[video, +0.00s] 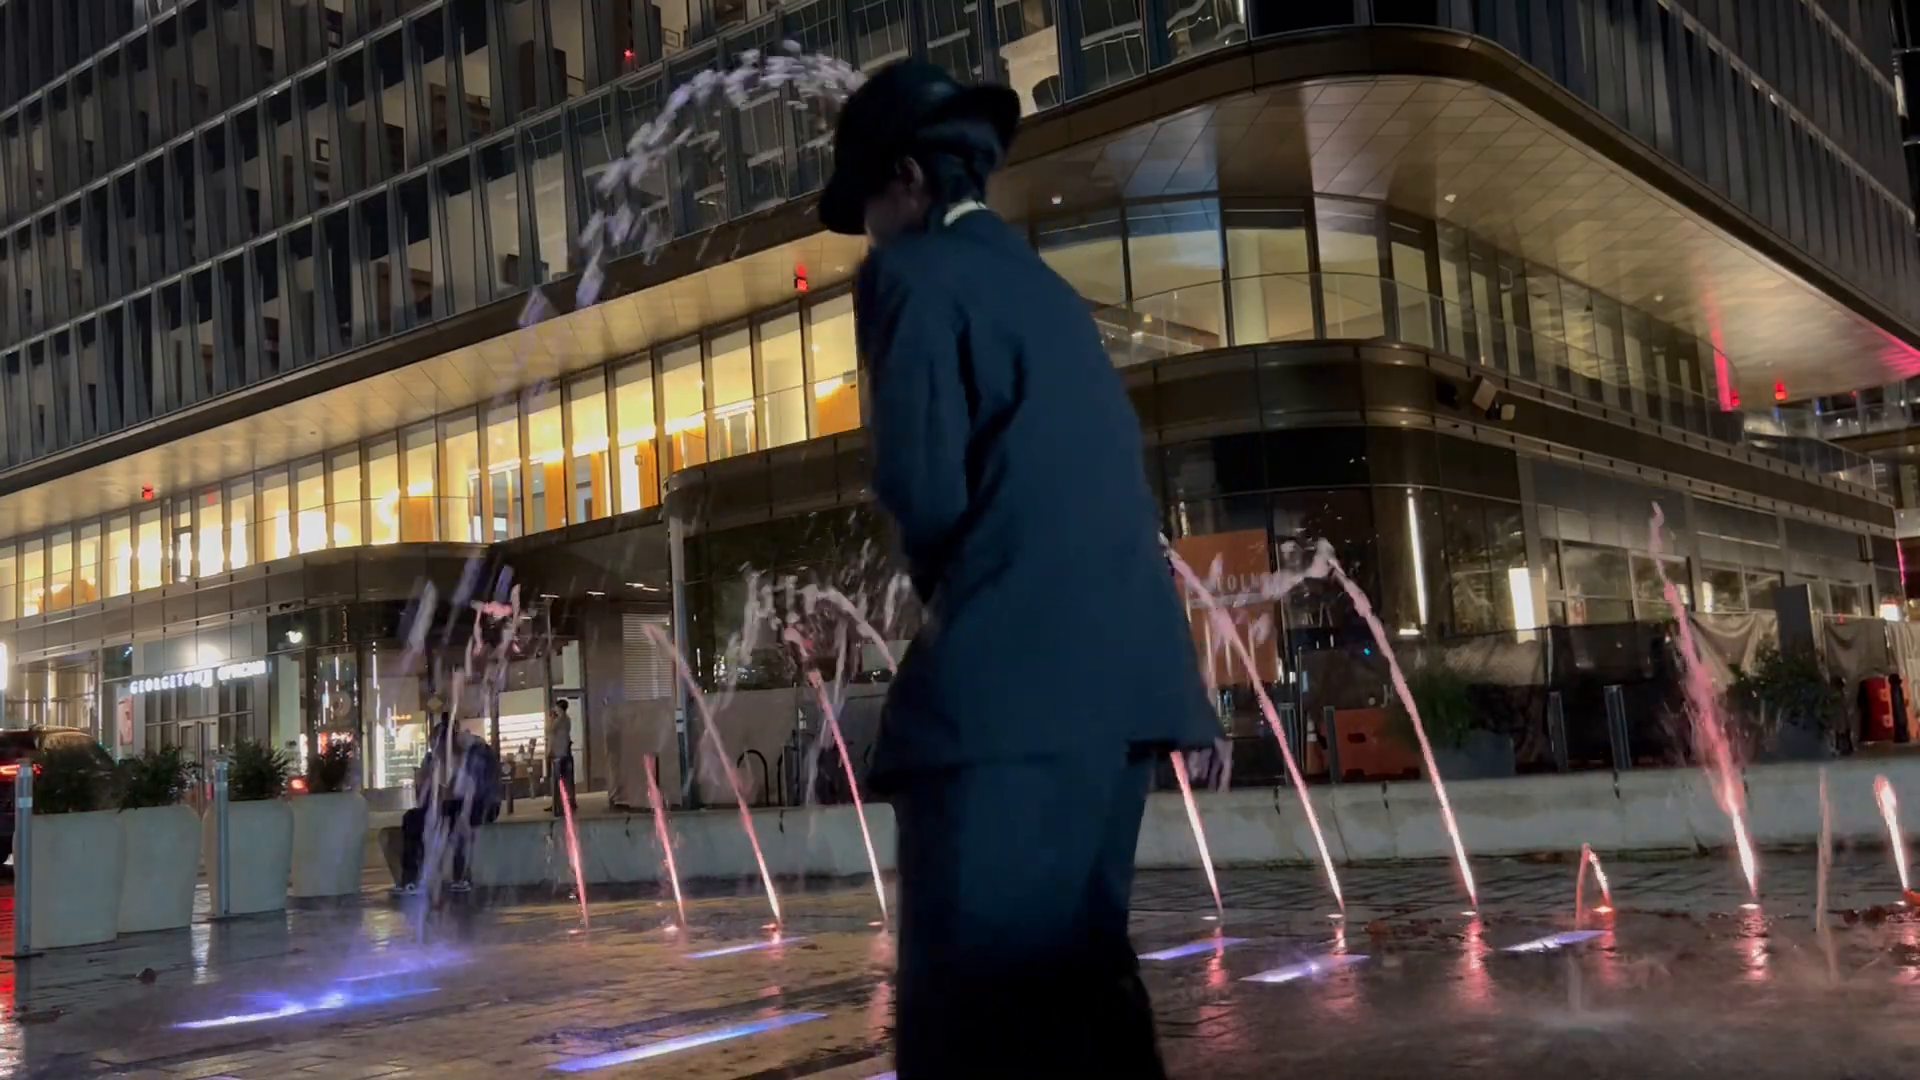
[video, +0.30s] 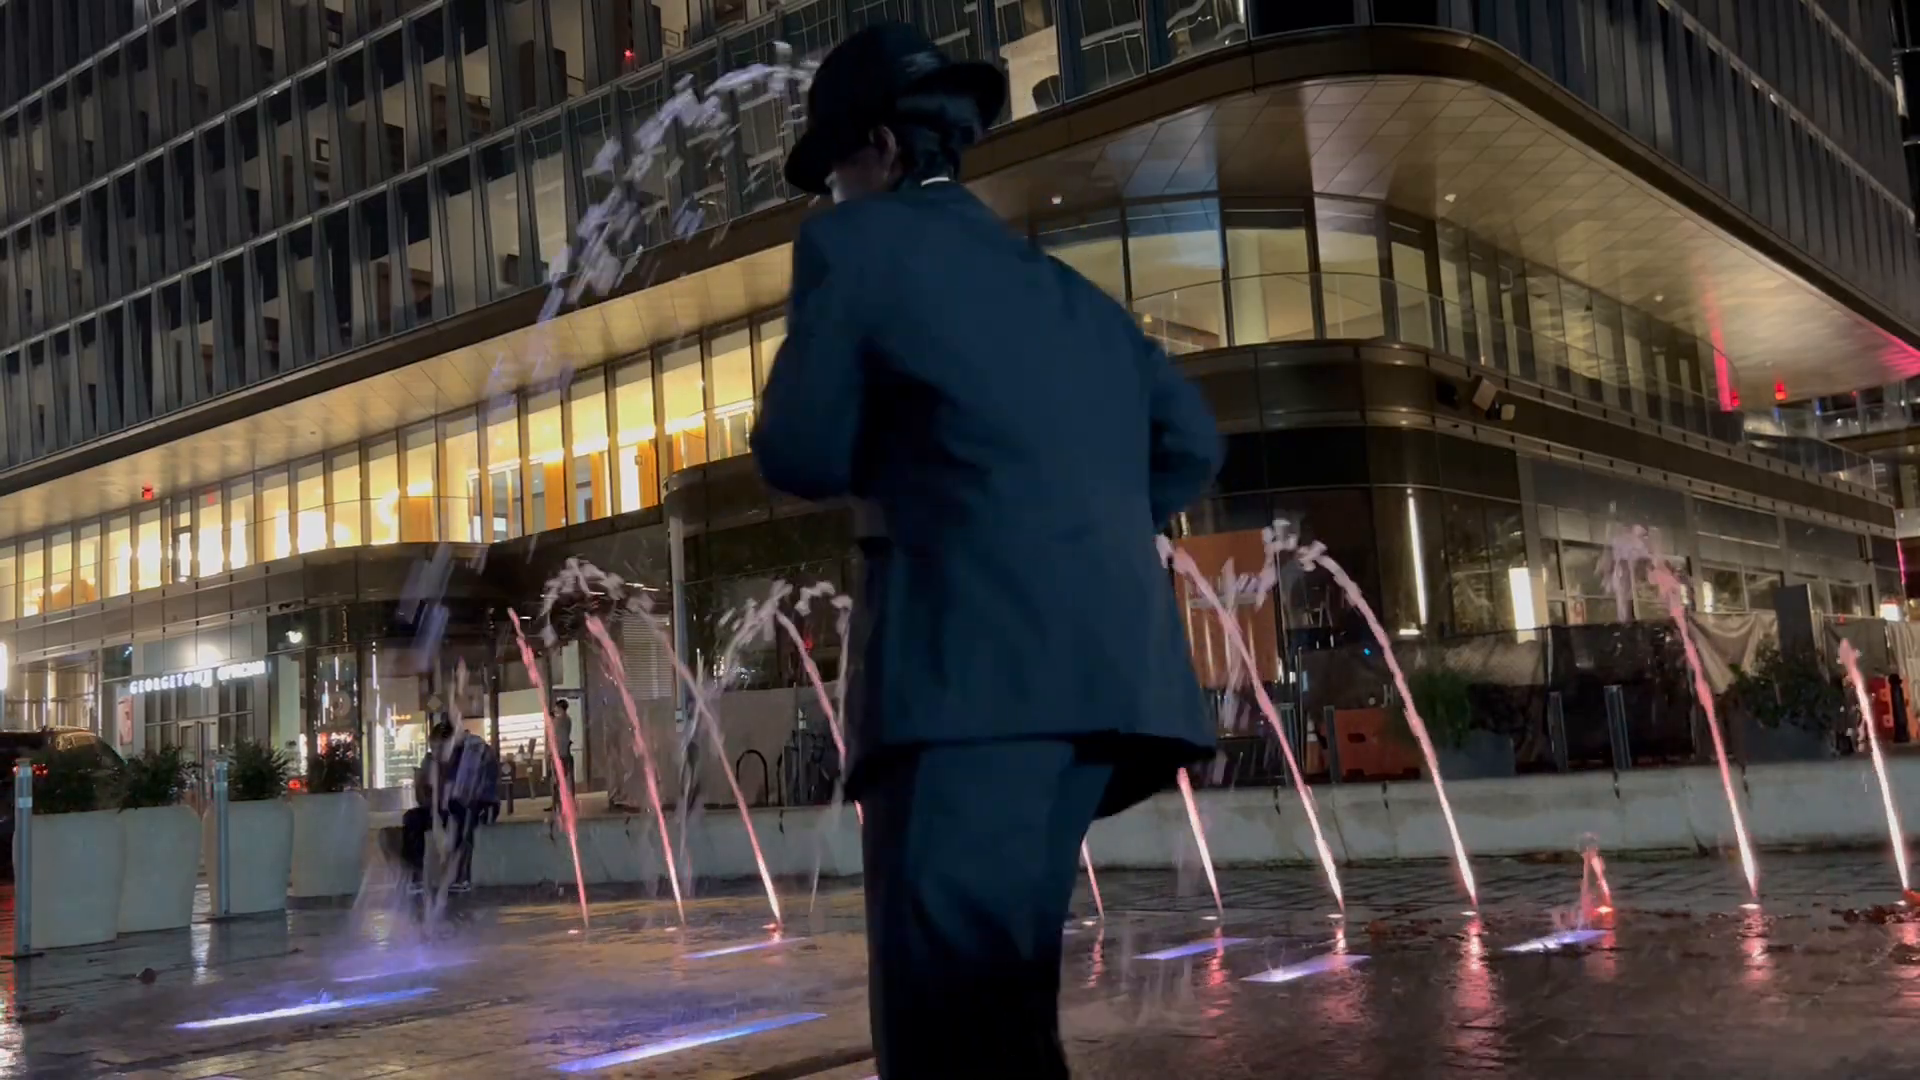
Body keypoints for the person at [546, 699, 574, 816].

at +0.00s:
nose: (555, 711)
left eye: (556, 709)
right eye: (556, 709)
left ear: (558, 709)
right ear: (565, 709)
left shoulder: (558, 721)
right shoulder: (567, 720)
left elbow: (551, 733)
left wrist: (549, 719)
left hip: (557, 754)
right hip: (566, 753)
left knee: (556, 781)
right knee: (568, 780)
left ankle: (556, 804)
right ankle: (571, 802)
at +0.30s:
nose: (555, 711)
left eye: (557, 709)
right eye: (556, 709)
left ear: (561, 709)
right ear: (565, 709)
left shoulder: (558, 721)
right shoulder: (567, 720)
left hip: (559, 754)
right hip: (565, 753)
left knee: (556, 780)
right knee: (567, 779)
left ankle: (555, 803)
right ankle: (569, 801)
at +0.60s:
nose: (557, 712)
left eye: (559, 710)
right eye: (557, 710)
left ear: (563, 709)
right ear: (568, 709)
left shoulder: (561, 720)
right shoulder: (570, 720)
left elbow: (552, 730)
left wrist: (550, 719)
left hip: (558, 755)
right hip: (567, 755)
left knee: (556, 781)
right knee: (569, 781)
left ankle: (556, 804)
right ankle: (571, 802)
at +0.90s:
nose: (561, 710)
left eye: (563, 708)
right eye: (562, 708)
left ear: (565, 709)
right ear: (571, 708)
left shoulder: (565, 720)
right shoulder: (572, 720)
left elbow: (556, 732)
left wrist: (552, 723)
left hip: (561, 754)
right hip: (568, 754)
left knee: (558, 780)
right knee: (569, 779)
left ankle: (557, 804)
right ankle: (571, 802)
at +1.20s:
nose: (564, 710)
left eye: (565, 708)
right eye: (565, 708)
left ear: (567, 708)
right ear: (574, 708)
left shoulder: (566, 720)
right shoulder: (576, 721)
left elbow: (558, 730)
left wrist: (553, 725)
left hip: (562, 754)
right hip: (570, 754)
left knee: (558, 780)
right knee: (570, 779)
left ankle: (557, 803)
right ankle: (572, 802)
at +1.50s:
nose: (564, 710)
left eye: (566, 708)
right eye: (565, 708)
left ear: (568, 709)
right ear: (574, 709)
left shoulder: (566, 721)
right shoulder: (577, 721)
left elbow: (556, 731)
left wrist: (552, 730)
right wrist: (559, 729)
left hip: (564, 754)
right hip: (572, 753)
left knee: (563, 780)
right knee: (571, 779)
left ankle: (560, 803)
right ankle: (572, 801)